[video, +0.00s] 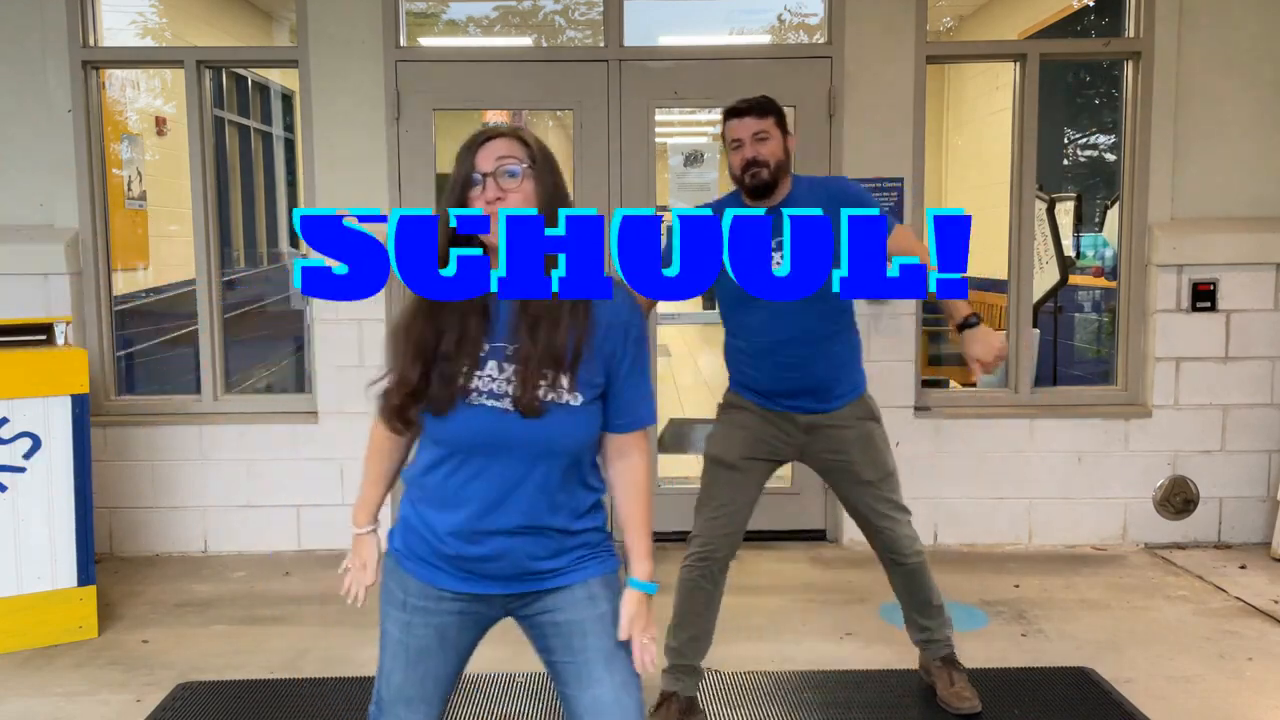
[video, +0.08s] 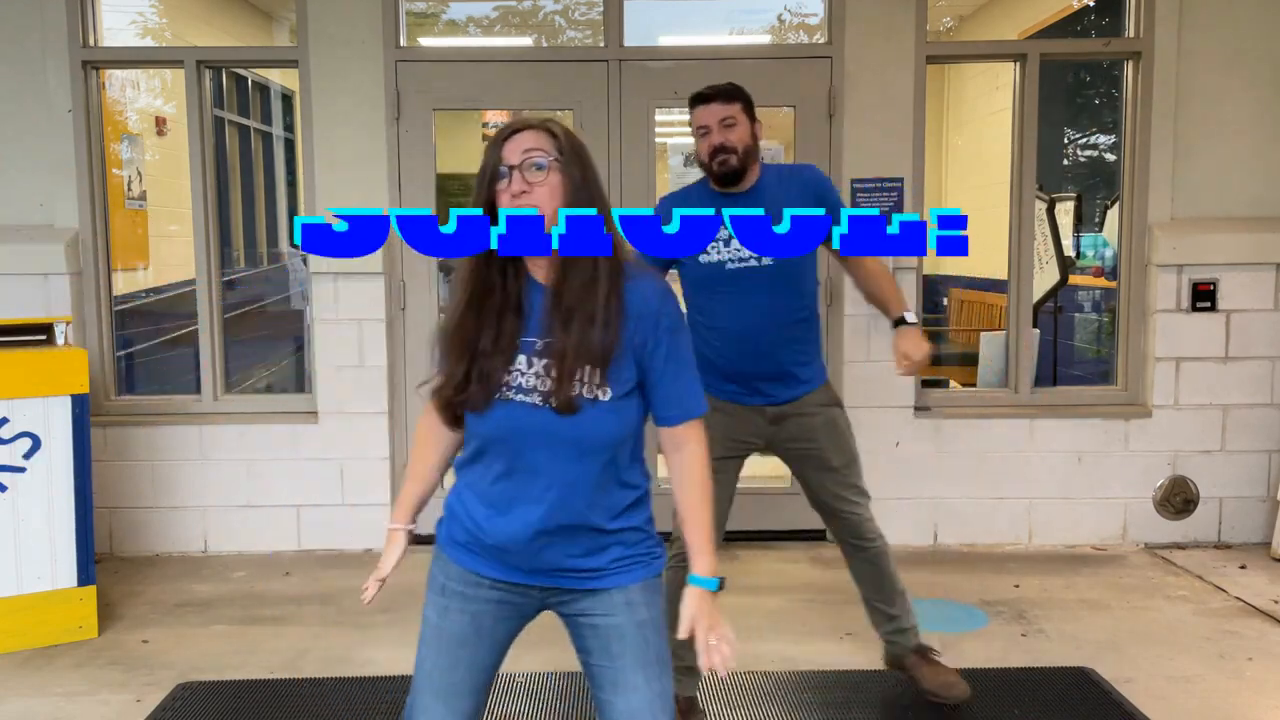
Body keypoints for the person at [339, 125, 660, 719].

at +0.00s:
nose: (492, 190)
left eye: (510, 173)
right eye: (477, 180)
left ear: (547, 186)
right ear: (464, 199)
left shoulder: (603, 302)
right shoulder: (439, 292)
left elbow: (628, 446)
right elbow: (399, 411)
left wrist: (641, 577)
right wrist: (363, 520)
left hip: (569, 563)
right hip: (435, 563)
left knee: (617, 711)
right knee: (400, 712)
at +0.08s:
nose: (517, 181)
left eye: (537, 166)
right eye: (503, 172)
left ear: (577, 184)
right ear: (489, 198)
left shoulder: (639, 298)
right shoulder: (486, 296)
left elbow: (683, 440)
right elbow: (446, 410)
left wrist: (704, 578)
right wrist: (400, 521)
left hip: (612, 565)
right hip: (479, 560)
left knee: (645, 711)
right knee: (433, 710)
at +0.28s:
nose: (580, 169)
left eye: (601, 152)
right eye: (569, 159)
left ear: (643, 169)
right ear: (558, 182)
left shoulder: (695, 277)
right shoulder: (567, 285)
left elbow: (790, 404)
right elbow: (540, 418)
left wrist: (864, 536)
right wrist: (486, 519)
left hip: (682, 564)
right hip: (571, 552)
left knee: (671, 711)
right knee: (541, 706)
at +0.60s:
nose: (700, 192)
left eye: (721, 177)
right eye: (689, 179)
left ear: (758, 195)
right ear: (676, 198)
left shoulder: (801, 296)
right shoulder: (677, 303)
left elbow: (877, 426)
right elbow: (653, 426)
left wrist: (946, 551)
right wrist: (592, 521)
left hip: (788, 575)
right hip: (709, 568)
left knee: (706, 712)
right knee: (741, 708)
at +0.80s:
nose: (793, 209)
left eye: (811, 194)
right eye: (780, 199)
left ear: (847, 209)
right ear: (767, 221)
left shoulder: (904, 313)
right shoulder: (754, 315)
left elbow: (949, 429)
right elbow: (714, 434)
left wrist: (968, 472)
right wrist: (615, 488)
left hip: (885, 565)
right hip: (779, 567)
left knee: (793, 710)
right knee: (764, 712)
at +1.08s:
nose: (907, 165)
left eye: (922, 148)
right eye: (891, 157)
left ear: (957, 157)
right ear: (878, 178)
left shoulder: (1013, 265)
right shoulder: (849, 253)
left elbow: (1038, 410)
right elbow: (797, 357)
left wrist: (1027, 391)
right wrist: (711, 429)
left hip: (979, 527)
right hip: (850, 528)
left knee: (1053, 708)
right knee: (844, 709)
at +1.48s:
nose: (1052, 191)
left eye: (1070, 173)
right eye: (1037, 184)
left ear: (1108, 188)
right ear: (1026, 210)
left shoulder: (1178, 294)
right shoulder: (1002, 292)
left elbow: (1231, 422)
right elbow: (962, 407)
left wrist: (1238, 459)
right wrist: (877, 426)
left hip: (1131, 559)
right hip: (997, 546)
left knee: (1160, 712)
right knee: (951, 709)